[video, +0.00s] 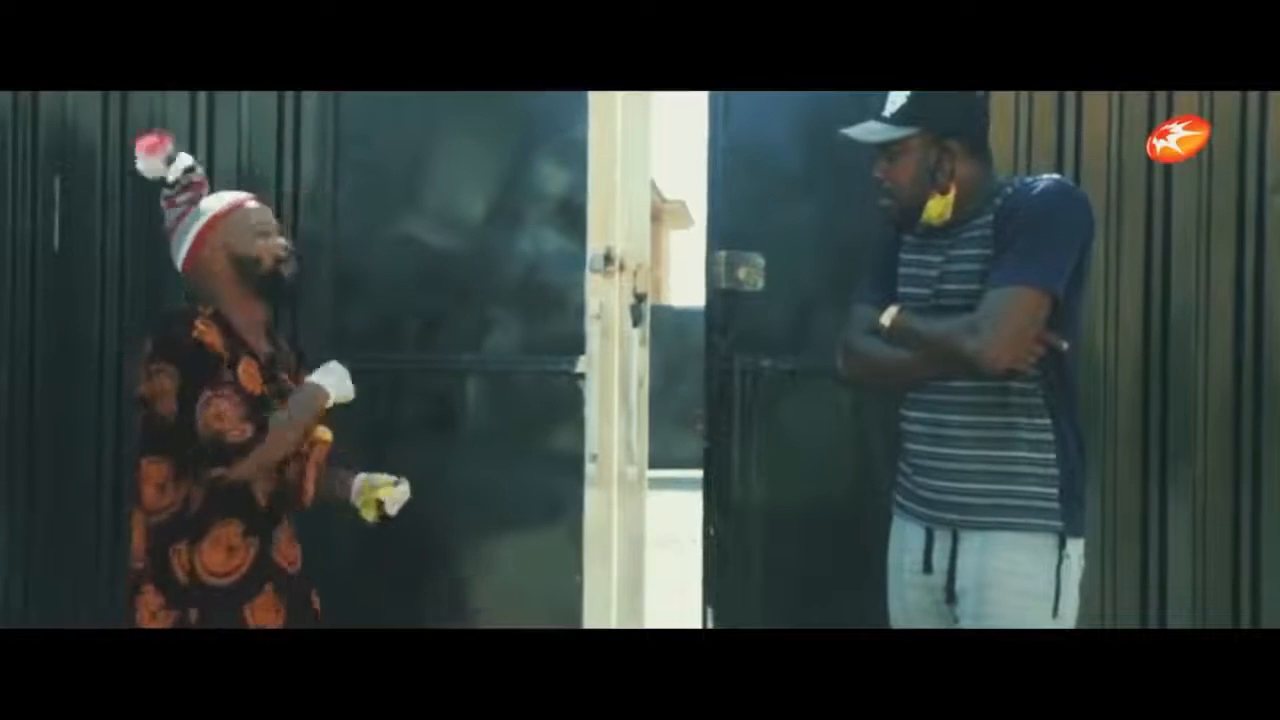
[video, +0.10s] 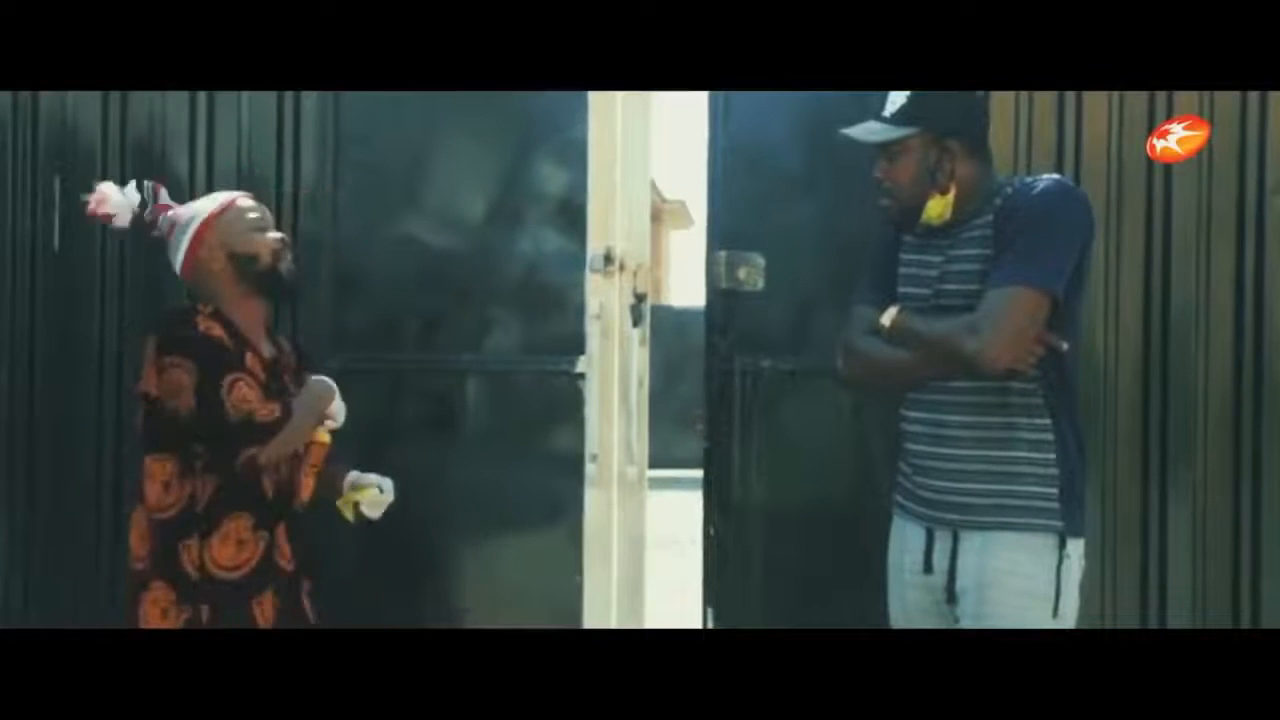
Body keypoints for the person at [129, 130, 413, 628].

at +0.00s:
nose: (282, 244)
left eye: (280, 231)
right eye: (262, 233)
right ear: (215, 253)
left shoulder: (279, 356)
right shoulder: (184, 344)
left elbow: (286, 463)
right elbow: (231, 472)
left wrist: (352, 487)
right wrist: (311, 400)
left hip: (273, 595)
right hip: (195, 599)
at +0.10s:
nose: (281, 237)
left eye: (275, 225)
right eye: (257, 224)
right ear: (212, 254)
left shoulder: (282, 356)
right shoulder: (184, 344)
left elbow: (286, 464)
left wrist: (342, 484)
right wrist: (299, 429)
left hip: (273, 590)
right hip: (196, 597)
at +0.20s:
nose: (276, 231)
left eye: (268, 220)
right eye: (250, 220)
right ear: (207, 255)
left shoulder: (287, 356)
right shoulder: (187, 340)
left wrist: (332, 479)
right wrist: (305, 419)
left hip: (267, 574)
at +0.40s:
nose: (281, 230)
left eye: (276, 221)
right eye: (257, 220)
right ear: (216, 249)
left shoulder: (286, 356)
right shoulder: (189, 342)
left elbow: (275, 493)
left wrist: (330, 469)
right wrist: (301, 424)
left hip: (271, 582)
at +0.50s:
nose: (295, 242)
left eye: (285, 224)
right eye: (271, 222)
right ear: (229, 254)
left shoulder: (283, 355)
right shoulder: (192, 347)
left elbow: (276, 465)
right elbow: (242, 453)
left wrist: (341, 466)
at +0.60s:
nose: (305, 270)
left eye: (305, 258)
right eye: (293, 255)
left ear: (244, 257)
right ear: (241, 254)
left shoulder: (264, 353)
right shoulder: (182, 350)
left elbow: (270, 450)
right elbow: (242, 455)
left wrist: (345, 450)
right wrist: (348, 382)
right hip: (202, 599)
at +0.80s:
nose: (299, 308)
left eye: (304, 293)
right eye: (296, 290)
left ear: (255, 273)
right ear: (253, 270)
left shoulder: (256, 352)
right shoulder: (177, 349)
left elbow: (266, 475)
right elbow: (237, 458)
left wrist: (344, 446)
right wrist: (329, 391)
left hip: (263, 602)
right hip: (190, 607)